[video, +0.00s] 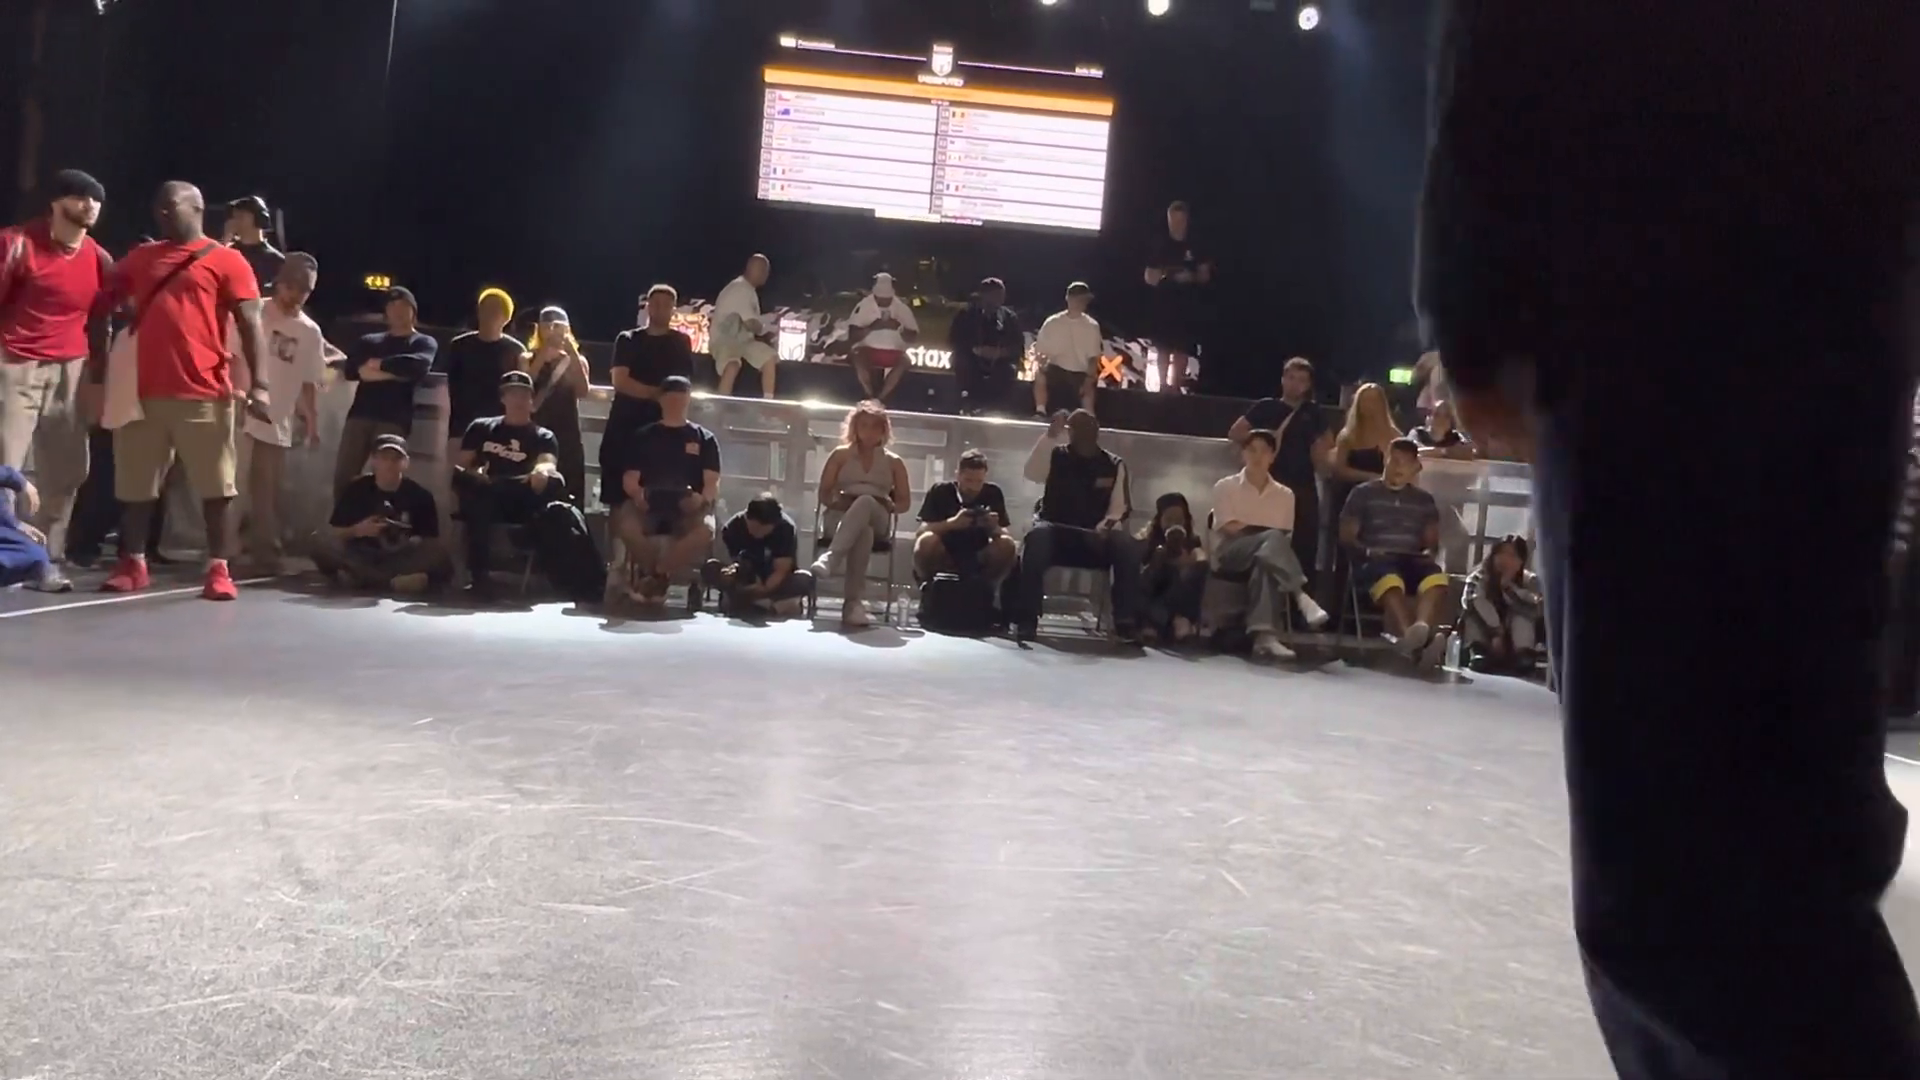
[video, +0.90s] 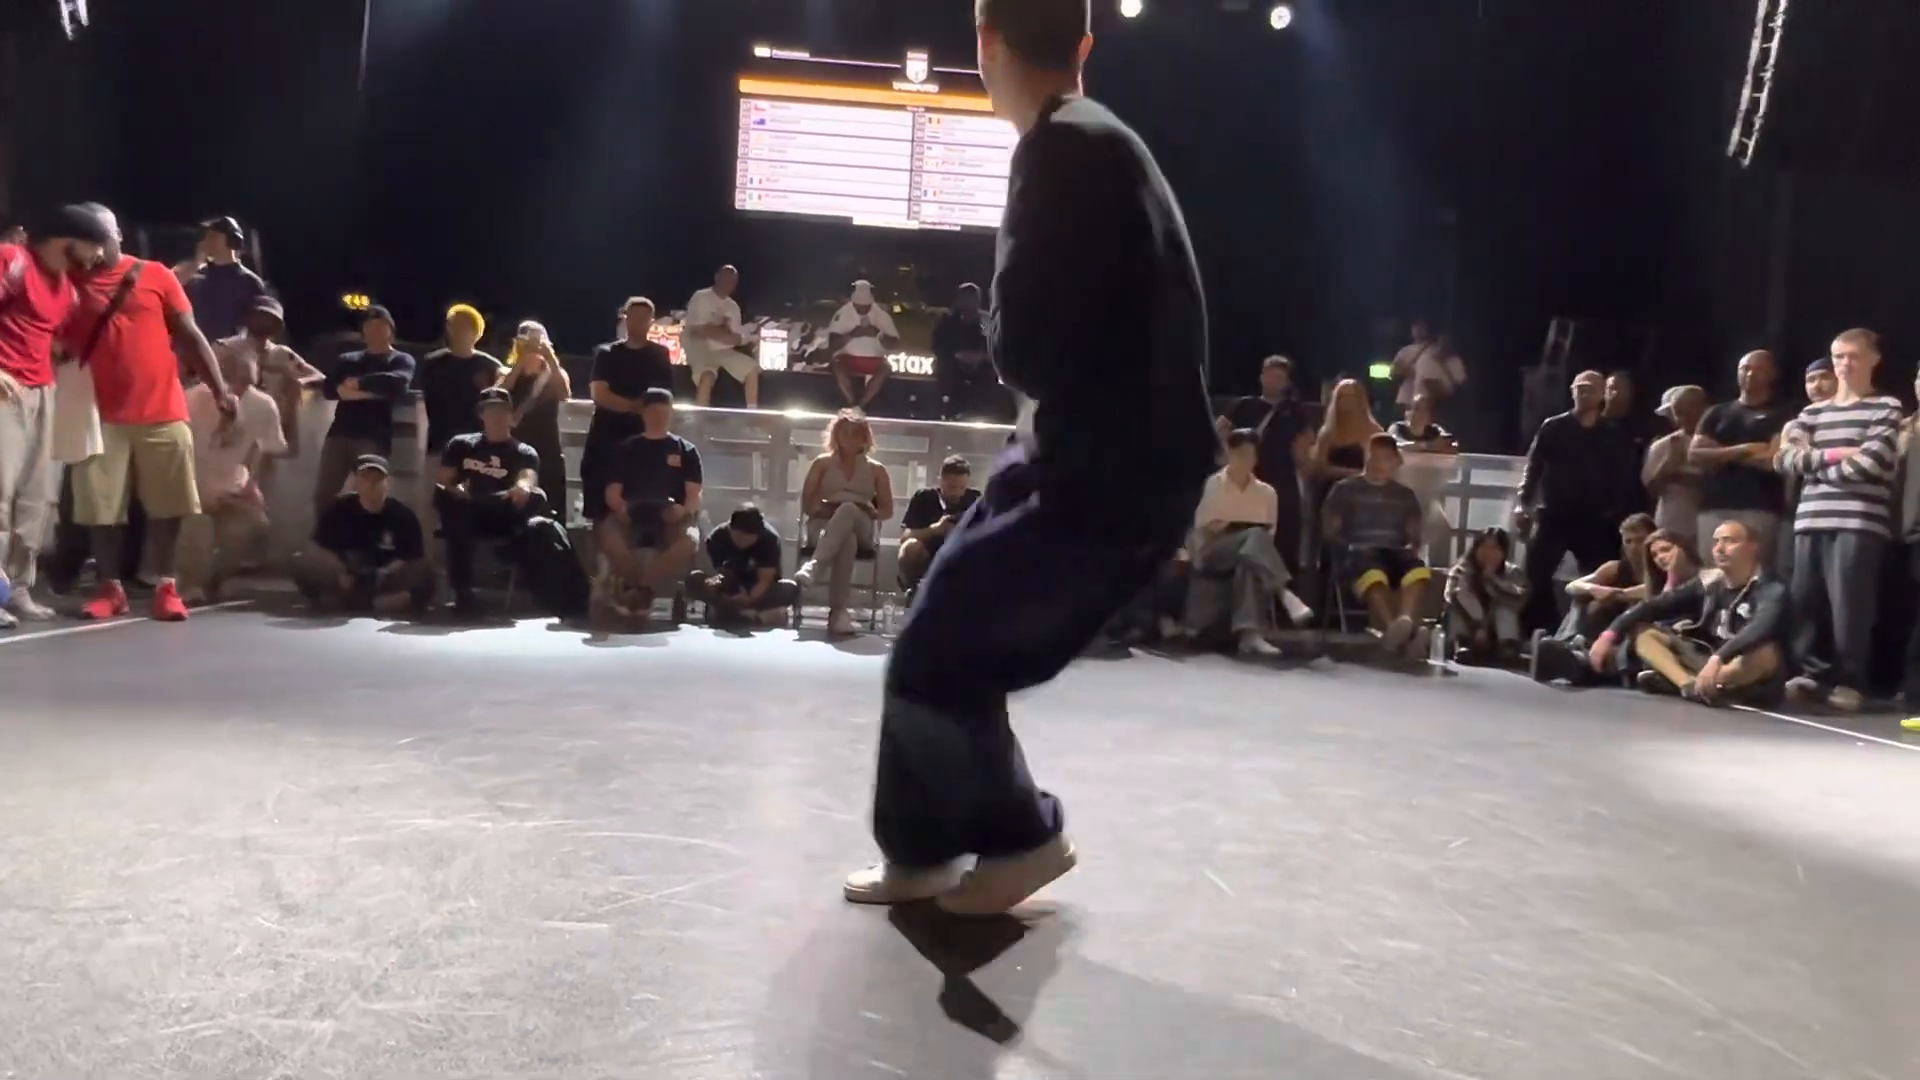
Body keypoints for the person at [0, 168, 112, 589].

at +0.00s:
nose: (91, 205)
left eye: (96, 198)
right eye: (82, 196)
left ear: (98, 207)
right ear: (57, 201)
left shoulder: (99, 259)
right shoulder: (18, 244)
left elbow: (102, 322)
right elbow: (4, 299)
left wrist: (100, 378)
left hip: (71, 370)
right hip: (17, 367)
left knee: (67, 465)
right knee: (9, 463)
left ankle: (51, 559)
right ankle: (8, 558)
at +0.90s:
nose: (83, 263)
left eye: (88, 257)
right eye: (80, 252)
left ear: (70, 247)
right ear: (59, 239)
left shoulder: (68, 289)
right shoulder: (15, 262)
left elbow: (60, 340)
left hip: (43, 390)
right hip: (9, 388)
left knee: (37, 493)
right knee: (6, 492)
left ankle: (20, 587)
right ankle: (3, 589)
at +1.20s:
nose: (89, 259)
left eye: (92, 251)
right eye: (84, 249)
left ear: (67, 246)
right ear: (58, 241)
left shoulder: (65, 290)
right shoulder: (13, 266)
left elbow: (59, 341)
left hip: (40, 391)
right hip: (7, 390)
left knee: (32, 495)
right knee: (6, 493)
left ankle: (16, 592)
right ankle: (4, 593)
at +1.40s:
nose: (86, 266)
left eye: (88, 259)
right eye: (81, 258)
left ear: (62, 256)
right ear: (55, 250)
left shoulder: (64, 299)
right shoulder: (9, 273)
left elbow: (62, 350)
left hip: (41, 402)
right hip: (7, 401)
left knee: (33, 503)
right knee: (6, 501)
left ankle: (17, 599)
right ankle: (6, 598)